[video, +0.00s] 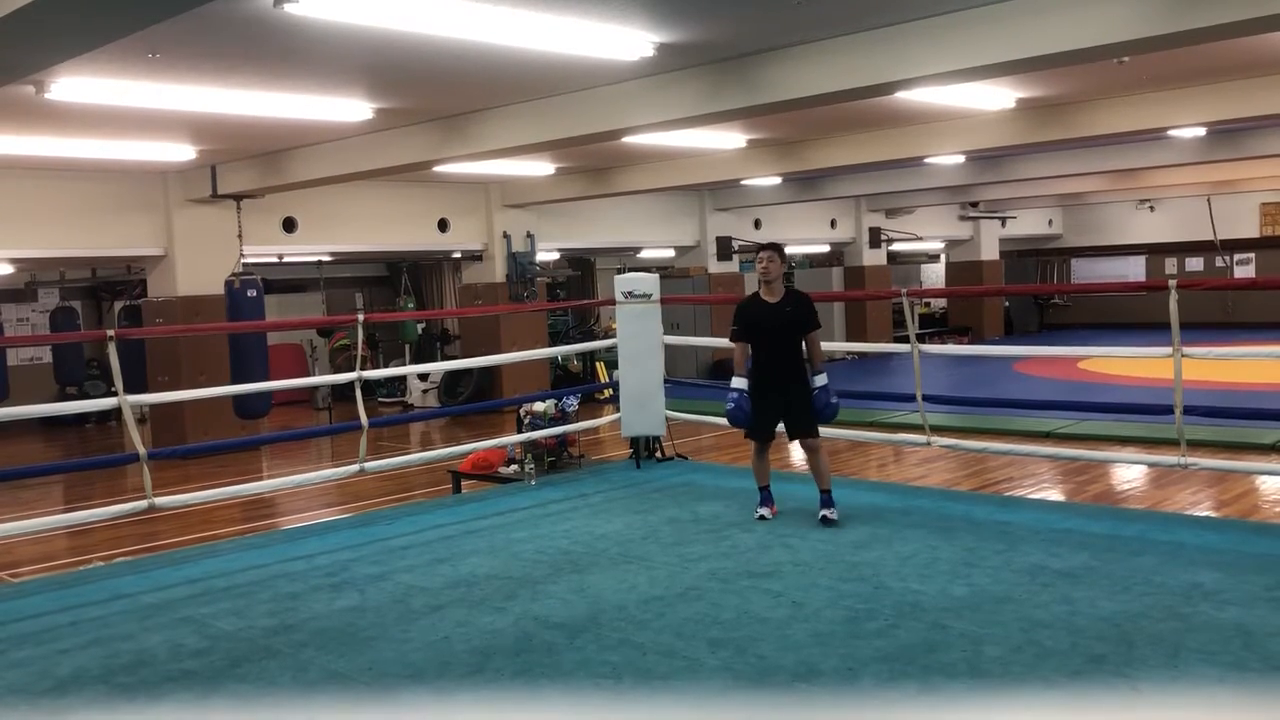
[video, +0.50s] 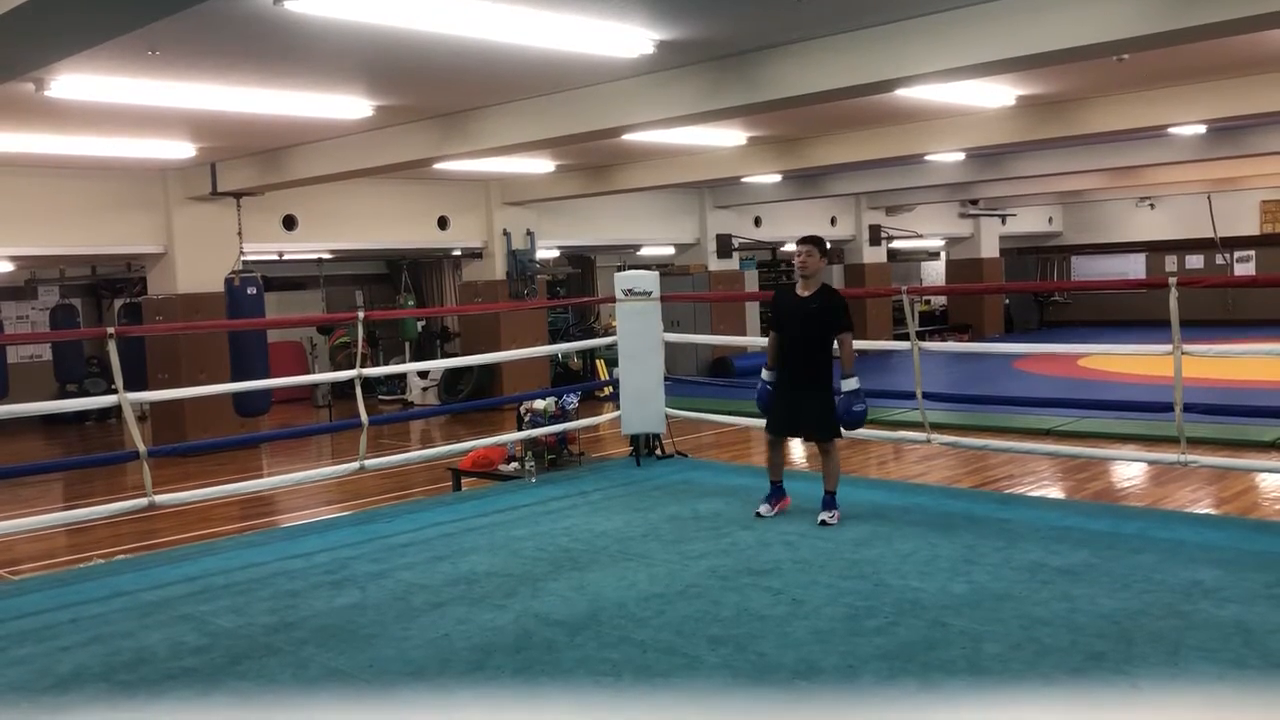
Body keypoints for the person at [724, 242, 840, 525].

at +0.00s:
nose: (764, 265)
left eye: (770, 261)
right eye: (760, 261)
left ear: (783, 266)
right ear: (756, 268)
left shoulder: (800, 301)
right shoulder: (746, 307)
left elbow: (813, 345)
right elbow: (740, 351)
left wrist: (821, 384)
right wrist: (737, 389)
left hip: (797, 385)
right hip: (761, 388)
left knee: (812, 443)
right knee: (760, 446)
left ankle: (827, 501)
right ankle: (765, 501)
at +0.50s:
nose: (801, 260)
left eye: (808, 255)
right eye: (798, 254)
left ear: (823, 261)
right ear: (794, 259)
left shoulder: (833, 300)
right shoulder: (782, 296)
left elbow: (846, 344)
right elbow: (774, 338)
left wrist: (850, 387)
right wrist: (767, 379)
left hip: (819, 386)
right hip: (784, 385)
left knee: (826, 445)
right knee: (774, 438)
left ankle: (829, 503)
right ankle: (776, 494)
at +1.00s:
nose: (792, 258)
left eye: (799, 253)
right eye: (788, 253)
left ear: (812, 259)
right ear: (783, 258)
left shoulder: (822, 298)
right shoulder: (773, 294)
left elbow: (828, 344)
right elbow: (764, 338)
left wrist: (825, 386)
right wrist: (755, 379)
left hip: (810, 383)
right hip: (778, 381)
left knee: (819, 442)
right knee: (778, 438)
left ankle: (825, 499)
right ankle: (780, 493)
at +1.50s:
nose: (773, 253)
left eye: (780, 249)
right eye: (770, 249)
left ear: (793, 254)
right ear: (764, 254)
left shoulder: (806, 292)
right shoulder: (756, 293)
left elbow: (818, 336)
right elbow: (747, 337)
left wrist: (823, 378)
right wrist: (741, 378)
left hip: (798, 377)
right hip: (765, 378)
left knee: (809, 436)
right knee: (768, 435)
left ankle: (818, 494)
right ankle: (773, 489)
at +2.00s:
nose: (769, 251)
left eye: (776, 246)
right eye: (766, 246)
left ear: (789, 252)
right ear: (761, 252)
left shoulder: (804, 288)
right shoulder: (756, 291)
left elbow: (816, 332)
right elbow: (748, 336)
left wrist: (818, 374)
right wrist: (742, 377)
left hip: (798, 375)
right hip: (766, 376)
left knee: (809, 434)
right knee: (768, 432)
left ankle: (817, 492)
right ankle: (773, 487)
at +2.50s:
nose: (775, 250)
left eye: (781, 245)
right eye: (771, 246)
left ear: (794, 250)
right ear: (766, 252)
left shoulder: (809, 286)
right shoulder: (760, 291)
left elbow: (821, 331)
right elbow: (753, 335)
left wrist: (823, 373)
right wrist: (748, 376)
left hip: (803, 373)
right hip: (771, 374)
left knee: (814, 432)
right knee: (774, 431)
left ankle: (823, 491)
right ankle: (779, 485)